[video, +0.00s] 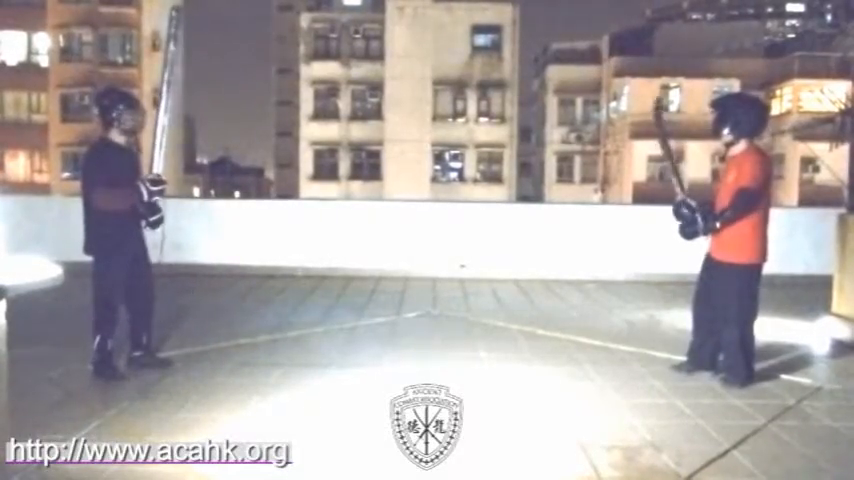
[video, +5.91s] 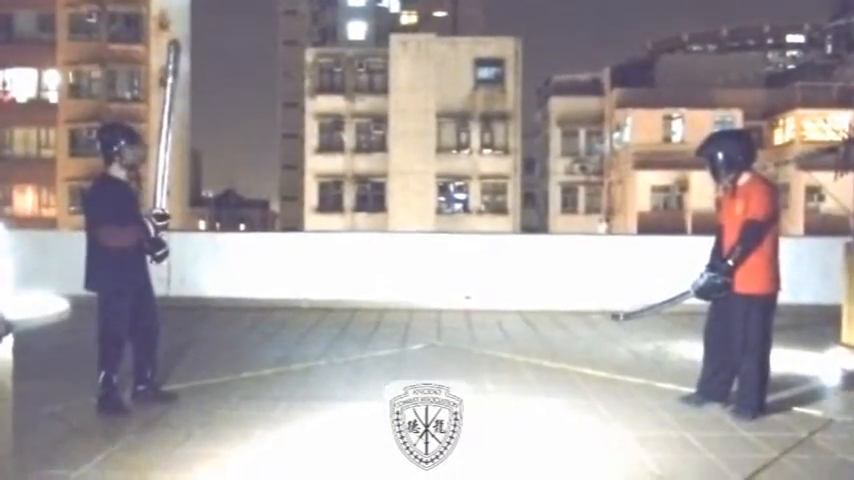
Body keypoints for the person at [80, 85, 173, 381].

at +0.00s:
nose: (136, 119)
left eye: (137, 114)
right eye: (130, 114)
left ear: (135, 117)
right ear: (114, 116)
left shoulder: (129, 154)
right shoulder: (99, 155)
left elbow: (127, 191)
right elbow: (99, 198)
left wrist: (146, 192)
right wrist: (139, 198)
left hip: (131, 236)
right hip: (106, 239)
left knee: (141, 290)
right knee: (107, 296)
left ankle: (141, 348)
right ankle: (102, 354)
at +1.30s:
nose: (136, 159)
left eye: (137, 153)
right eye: (130, 153)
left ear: (131, 156)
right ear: (114, 154)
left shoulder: (126, 193)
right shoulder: (96, 194)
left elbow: (127, 232)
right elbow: (94, 237)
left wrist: (146, 233)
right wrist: (132, 241)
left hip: (130, 272)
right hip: (106, 275)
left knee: (142, 329)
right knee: (107, 335)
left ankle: (140, 390)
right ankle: (100, 396)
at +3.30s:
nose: (152, 174)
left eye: (152, 168)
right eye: (147, 167)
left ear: (138, 172)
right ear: (130, 171)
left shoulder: (143, 210)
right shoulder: (112, 211)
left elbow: (143, 249)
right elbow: (113, 258)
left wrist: (161, 258)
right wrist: (154, 253)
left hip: (144, 290)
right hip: (119, 292)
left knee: (156, 344)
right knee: (122, 349)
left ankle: (153, 404)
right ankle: (114, 410)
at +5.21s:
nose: (141, 170)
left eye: (141, 164)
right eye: (135, 164)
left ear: (133, 167)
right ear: (119, 167)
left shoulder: (133, 204)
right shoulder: (102, 206)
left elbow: (134, 239)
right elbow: (104, 252)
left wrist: (152, 239)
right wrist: (144, 252)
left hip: (137, 286)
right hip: (112, 289)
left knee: (148, 339)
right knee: (115, 345)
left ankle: (147, 398)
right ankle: (108, 405)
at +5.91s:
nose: (139, 155)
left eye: (139, 149)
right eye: (134, 149)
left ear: (121, 151)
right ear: (118, 151)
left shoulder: (127, 189)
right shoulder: (103, 191)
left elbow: (128, 227)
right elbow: (107, 235)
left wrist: (148, 231)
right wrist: (144, 233)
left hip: (135, 273)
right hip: (112, 276)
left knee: (146, 326)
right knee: (113, 332)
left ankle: (145, 383)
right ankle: (107, 390)